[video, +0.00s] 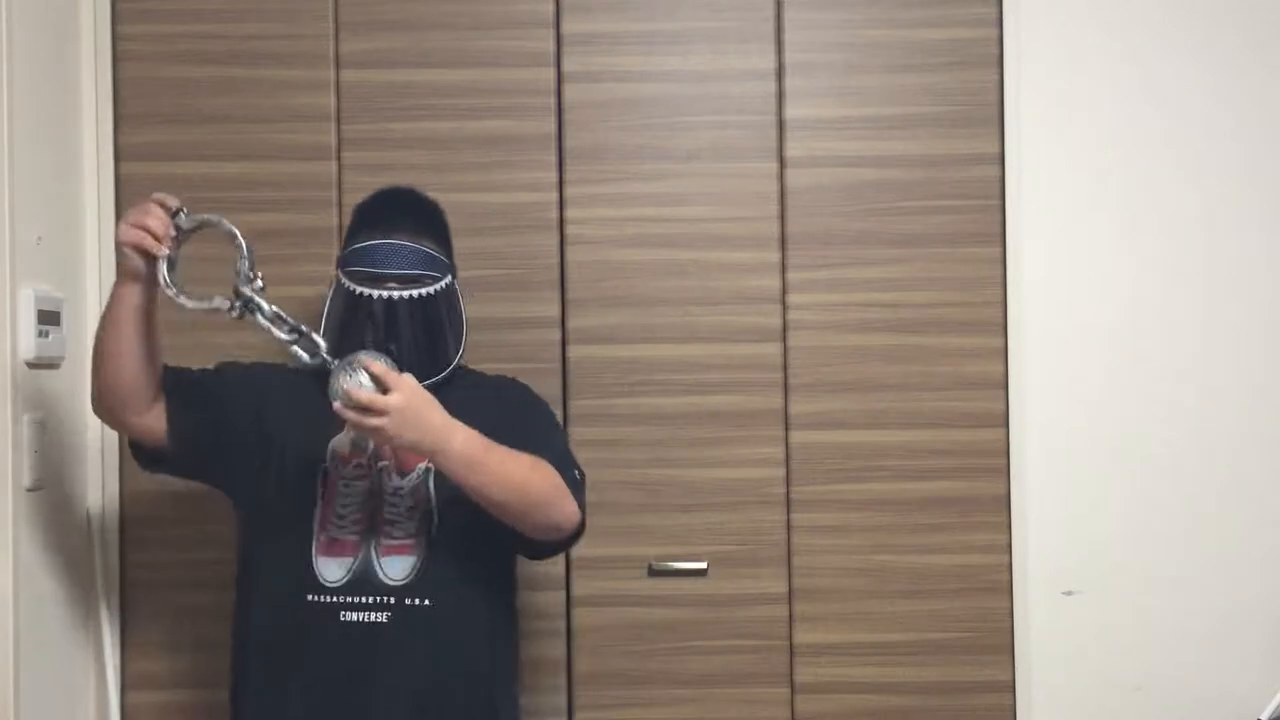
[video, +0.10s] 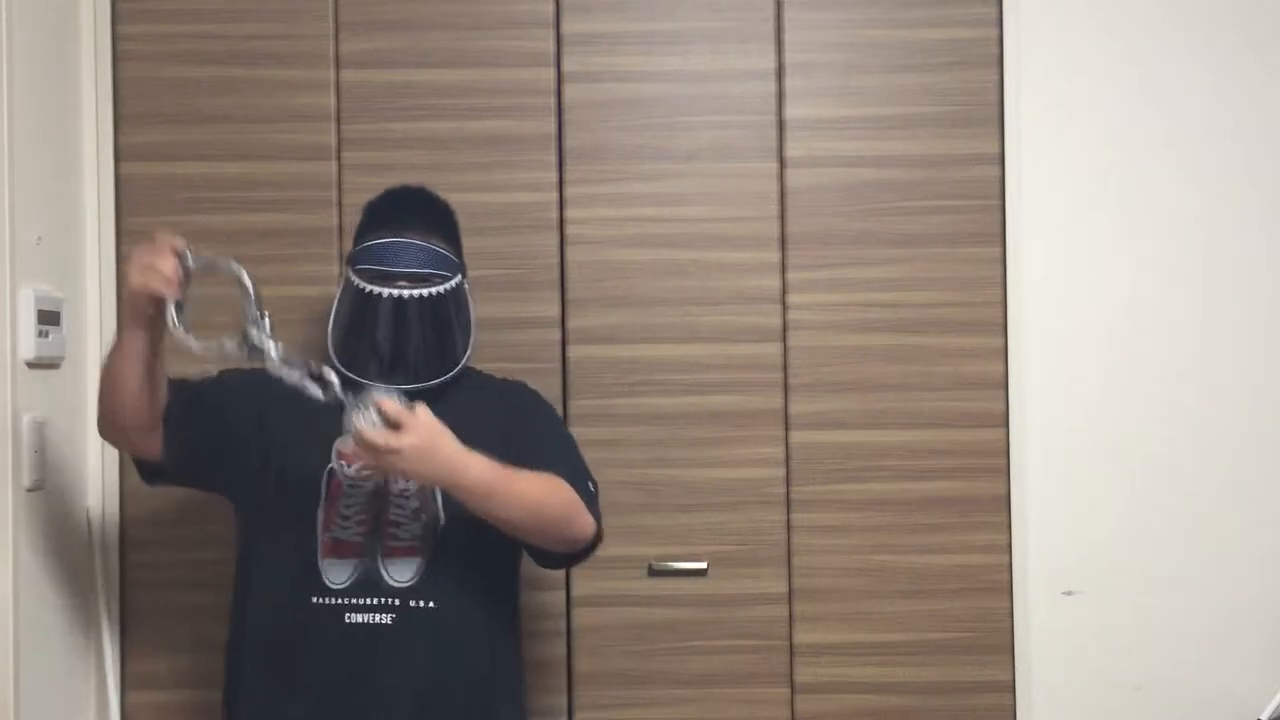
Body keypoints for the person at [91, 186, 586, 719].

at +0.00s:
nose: (390, 301)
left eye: (413, 281)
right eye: (371, 279)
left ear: (448, 289)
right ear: (339, 282)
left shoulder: (501, 409)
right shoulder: (272, 401)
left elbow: (559, 519)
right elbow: (128, 405)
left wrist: (439, 436)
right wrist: (136, 280)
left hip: (453, 701)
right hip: (290, 700)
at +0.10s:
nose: (396, 303)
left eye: (420, 284)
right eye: (378, 282)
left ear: (456, 293)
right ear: (347, 285)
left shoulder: (507, 414)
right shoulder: (270, 405)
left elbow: (575, 528)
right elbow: (134, 426)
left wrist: (451, 467)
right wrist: (142, 318)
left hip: (457, 701)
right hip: (289, 701)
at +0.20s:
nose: (415, 308)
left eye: (439, 289)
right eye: (398, 287)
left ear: (473, 296)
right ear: (367, 287)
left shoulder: (526, 421)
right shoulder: (292, 410)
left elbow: (600, 546)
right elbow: (160, 473)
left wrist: (479, 530)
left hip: (468, 702)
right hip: (301, 702)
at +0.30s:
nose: (444, 317)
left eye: (466, 299)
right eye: (427, 295)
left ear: (500, 304)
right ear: (395, 294)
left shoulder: (554, 431)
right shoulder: (322, 419)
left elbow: (622, 558)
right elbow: (220, 525)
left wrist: (527, 608)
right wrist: (214, 498)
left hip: (498, 707)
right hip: (332, 704)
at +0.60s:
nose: (575, 331)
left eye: (596, 311)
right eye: (555, 311)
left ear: (627, 309)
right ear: (522, 307)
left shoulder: (695, 435)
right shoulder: (459, 441)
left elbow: (748, 574)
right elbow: (405, 559)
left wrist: (720, 684)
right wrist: (420, 618)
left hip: (659, 699)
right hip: (506, 700)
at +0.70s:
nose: (607, 317)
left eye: (627, 297)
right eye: (587, 297)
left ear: (658, 296)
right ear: (554, 295)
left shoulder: (726, 418)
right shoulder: (494, 426)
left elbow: (807, 535)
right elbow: (407, 553)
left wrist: (762, 623)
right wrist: (458, 544)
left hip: (684, 701)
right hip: (539, 700)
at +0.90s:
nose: (635, 305)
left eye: (657, 284)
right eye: (613, 285)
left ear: (686, 289)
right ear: (575, 290)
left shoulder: (748, 404)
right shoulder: (530, 409)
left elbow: (885, 488)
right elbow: (415, 453)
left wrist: (829, 413)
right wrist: (483, 337)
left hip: (727, 695)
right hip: (576, 697)